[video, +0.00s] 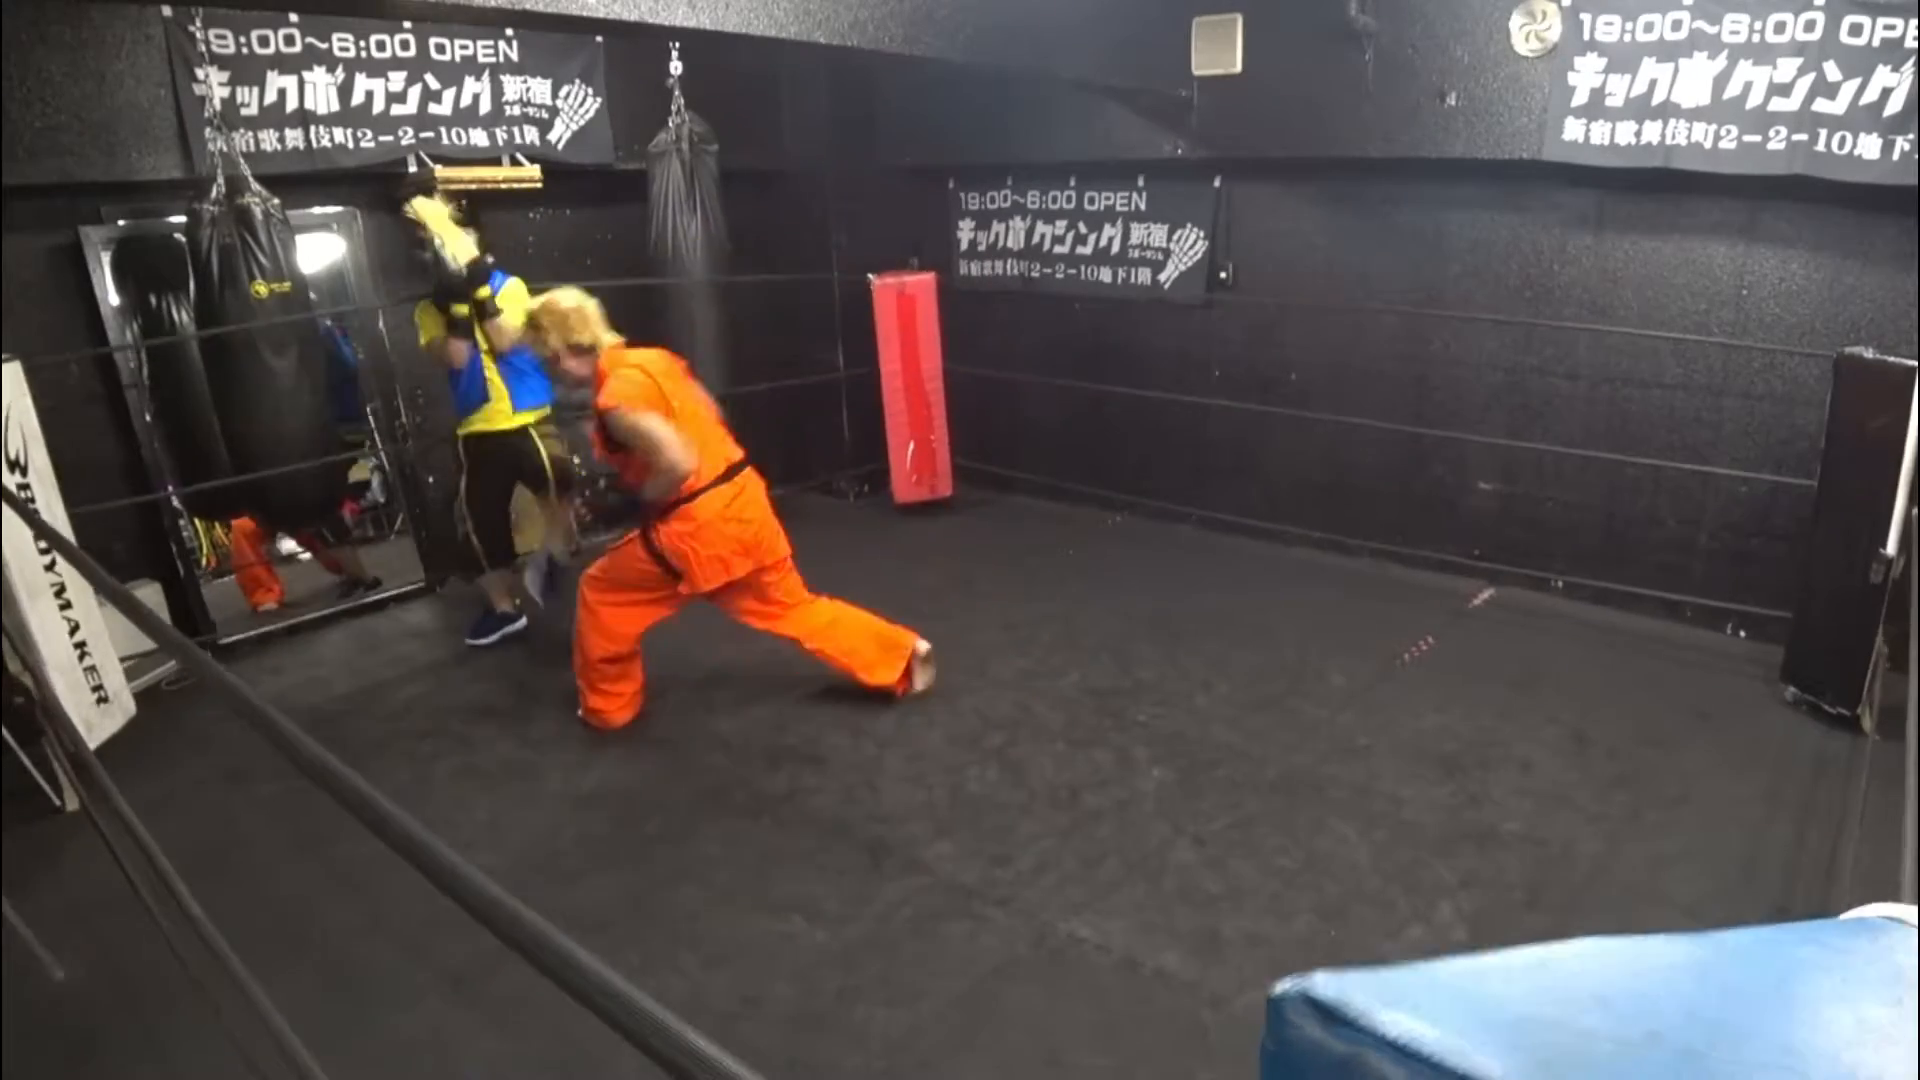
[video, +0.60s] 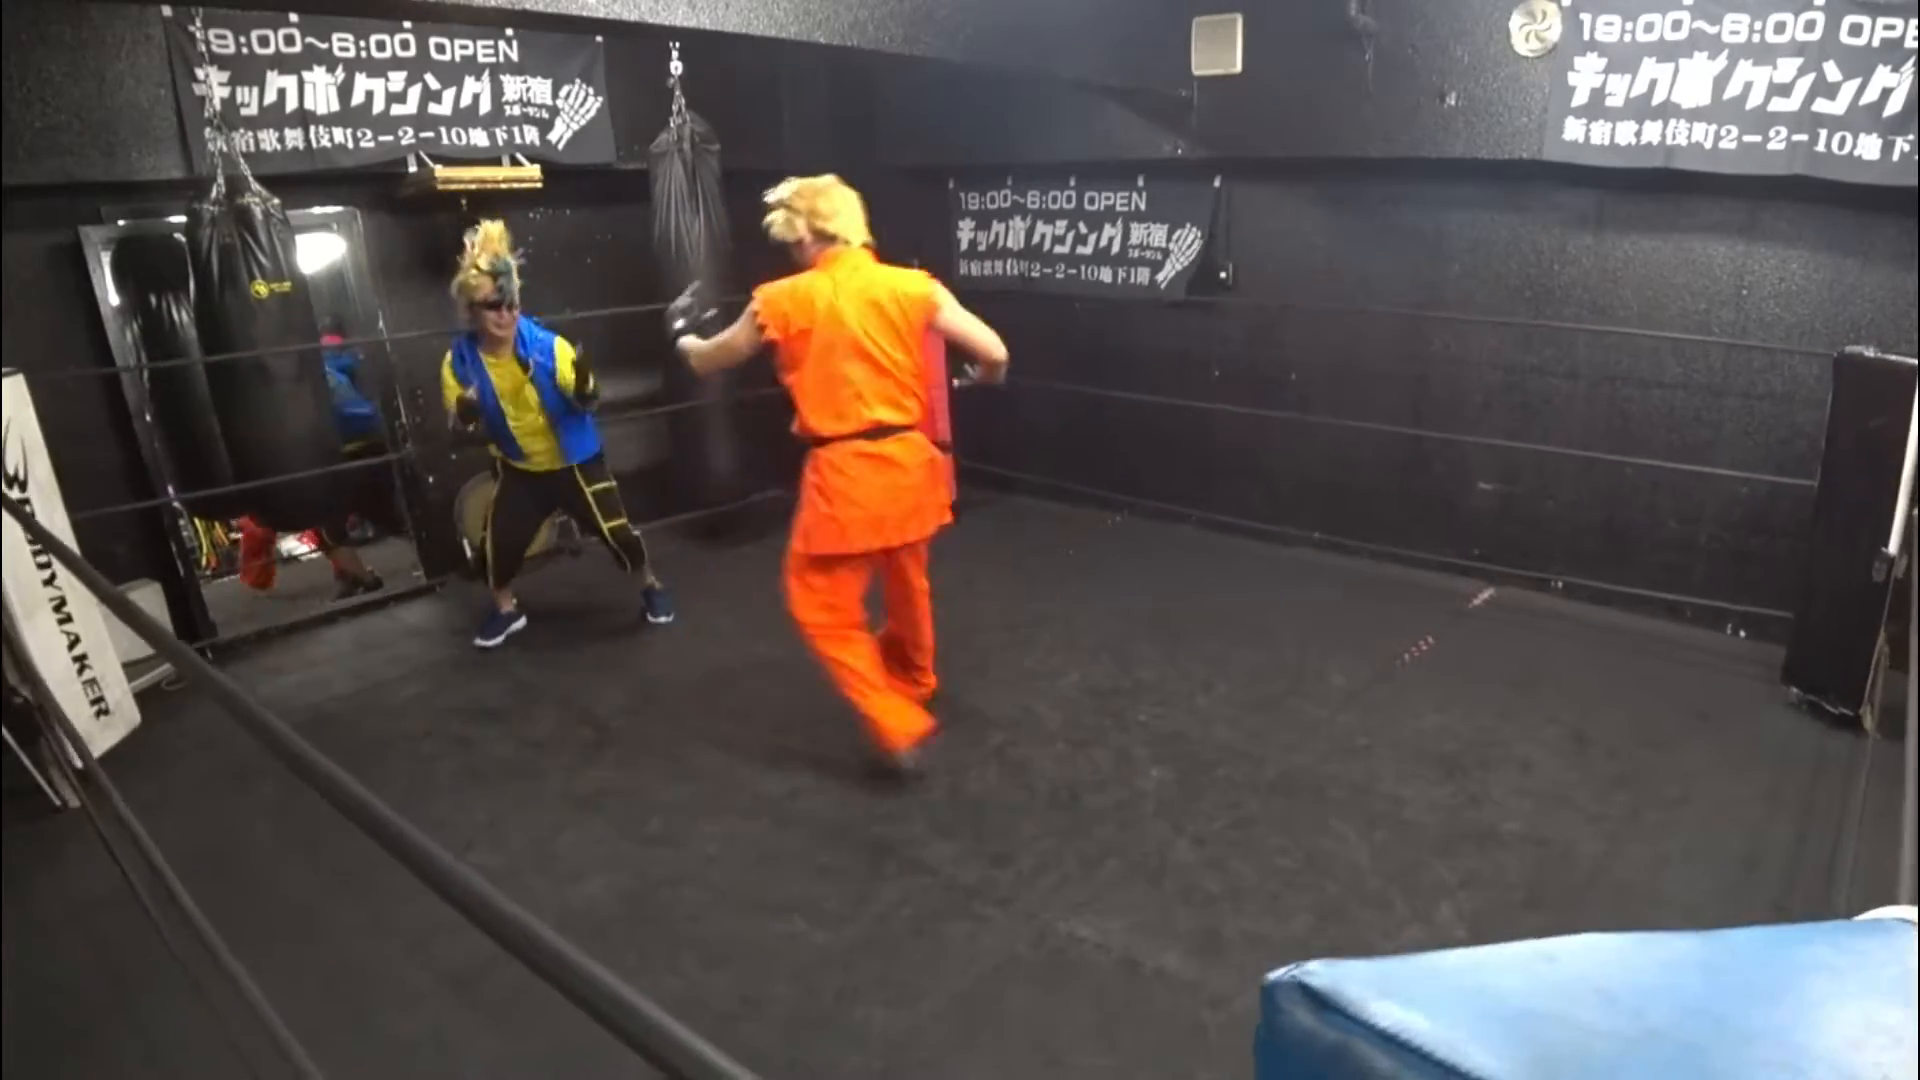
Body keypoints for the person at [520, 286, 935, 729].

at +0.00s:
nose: (552, 371)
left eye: (550, 360)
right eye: (547, 362)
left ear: (569, 349)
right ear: (593, 332)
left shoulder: (614, 398)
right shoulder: (656, 358)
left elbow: (676, 459)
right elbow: (708, 415)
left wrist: (645, 499)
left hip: (700, 527)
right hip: (748, 498)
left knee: (603, 589)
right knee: (790, 605)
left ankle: (608, 705)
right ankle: (903, 653)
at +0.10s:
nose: (594, 345)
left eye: (594, 334)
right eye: (590, 335)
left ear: (612, 327)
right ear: (650, 309)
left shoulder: (621, 387)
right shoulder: (717, 351)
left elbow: (641, 479)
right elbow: (769, 419)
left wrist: (621, 529)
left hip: (706, 525)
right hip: (770, 497)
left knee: (623, 598)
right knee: (797, 592)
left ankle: (609, 705)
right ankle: (895, 655)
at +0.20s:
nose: (660, 324)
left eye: (661, 313)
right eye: (656, 314)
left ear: (679, 305)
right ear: (716, 291)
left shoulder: (674, 365)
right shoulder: (782, 336)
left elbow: (651, 462)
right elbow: (820, 404)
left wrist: (632, 528)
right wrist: (780, 444)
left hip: (732, 512)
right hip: (804, 496)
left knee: (665, 605)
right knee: (830, 585)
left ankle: (610, 701)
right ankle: (900, 673)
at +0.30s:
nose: (716, 300)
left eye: (717, 289)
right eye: (713, 290)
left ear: (738, 278)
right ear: (774, 269)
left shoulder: (721, 341)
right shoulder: (831, 318)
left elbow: (672, 430)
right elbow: (878, 372)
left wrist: (651, 476)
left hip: (766, 497)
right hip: (838, 486)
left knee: (706, 603)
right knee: (853, 581)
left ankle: (641, 698)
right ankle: (904, 676)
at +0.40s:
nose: (747, 271)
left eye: (748, 260)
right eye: (746, 261)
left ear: (764, 254)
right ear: (809, 246)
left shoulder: (749, 313)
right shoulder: (860, 297)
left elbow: (681, 394)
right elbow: (933, 352)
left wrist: (650, 422)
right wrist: (869, 355)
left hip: (790, 472)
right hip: (864, 465)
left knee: (739, 590)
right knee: (871, 575)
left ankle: (710, 714)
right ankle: (906, 680)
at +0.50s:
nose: (768, 252)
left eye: (770, 241)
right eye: (767, 242)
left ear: (790, 236)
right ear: (833, 230)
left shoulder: (767, 296)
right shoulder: (886, 284)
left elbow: (695, 364)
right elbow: (973, 341)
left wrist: (668, 360)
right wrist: (965, 356)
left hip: (817, 462)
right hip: (890, 456)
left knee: (776, 588)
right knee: (888, 567)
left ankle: (811, 721)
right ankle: (908, 678)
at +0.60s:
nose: (789, 250)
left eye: (792, 239)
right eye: (788, 240)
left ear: (811, 235)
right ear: (857, 230)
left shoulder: (785, 300)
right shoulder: (913, 286)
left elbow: (711, 359)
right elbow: (992, 352)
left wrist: (681, 336)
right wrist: (988, 372)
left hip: (841, 472)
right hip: (913, 462)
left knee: (819, 596)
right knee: (907, 572)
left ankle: (897, 727)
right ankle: (915, 682)